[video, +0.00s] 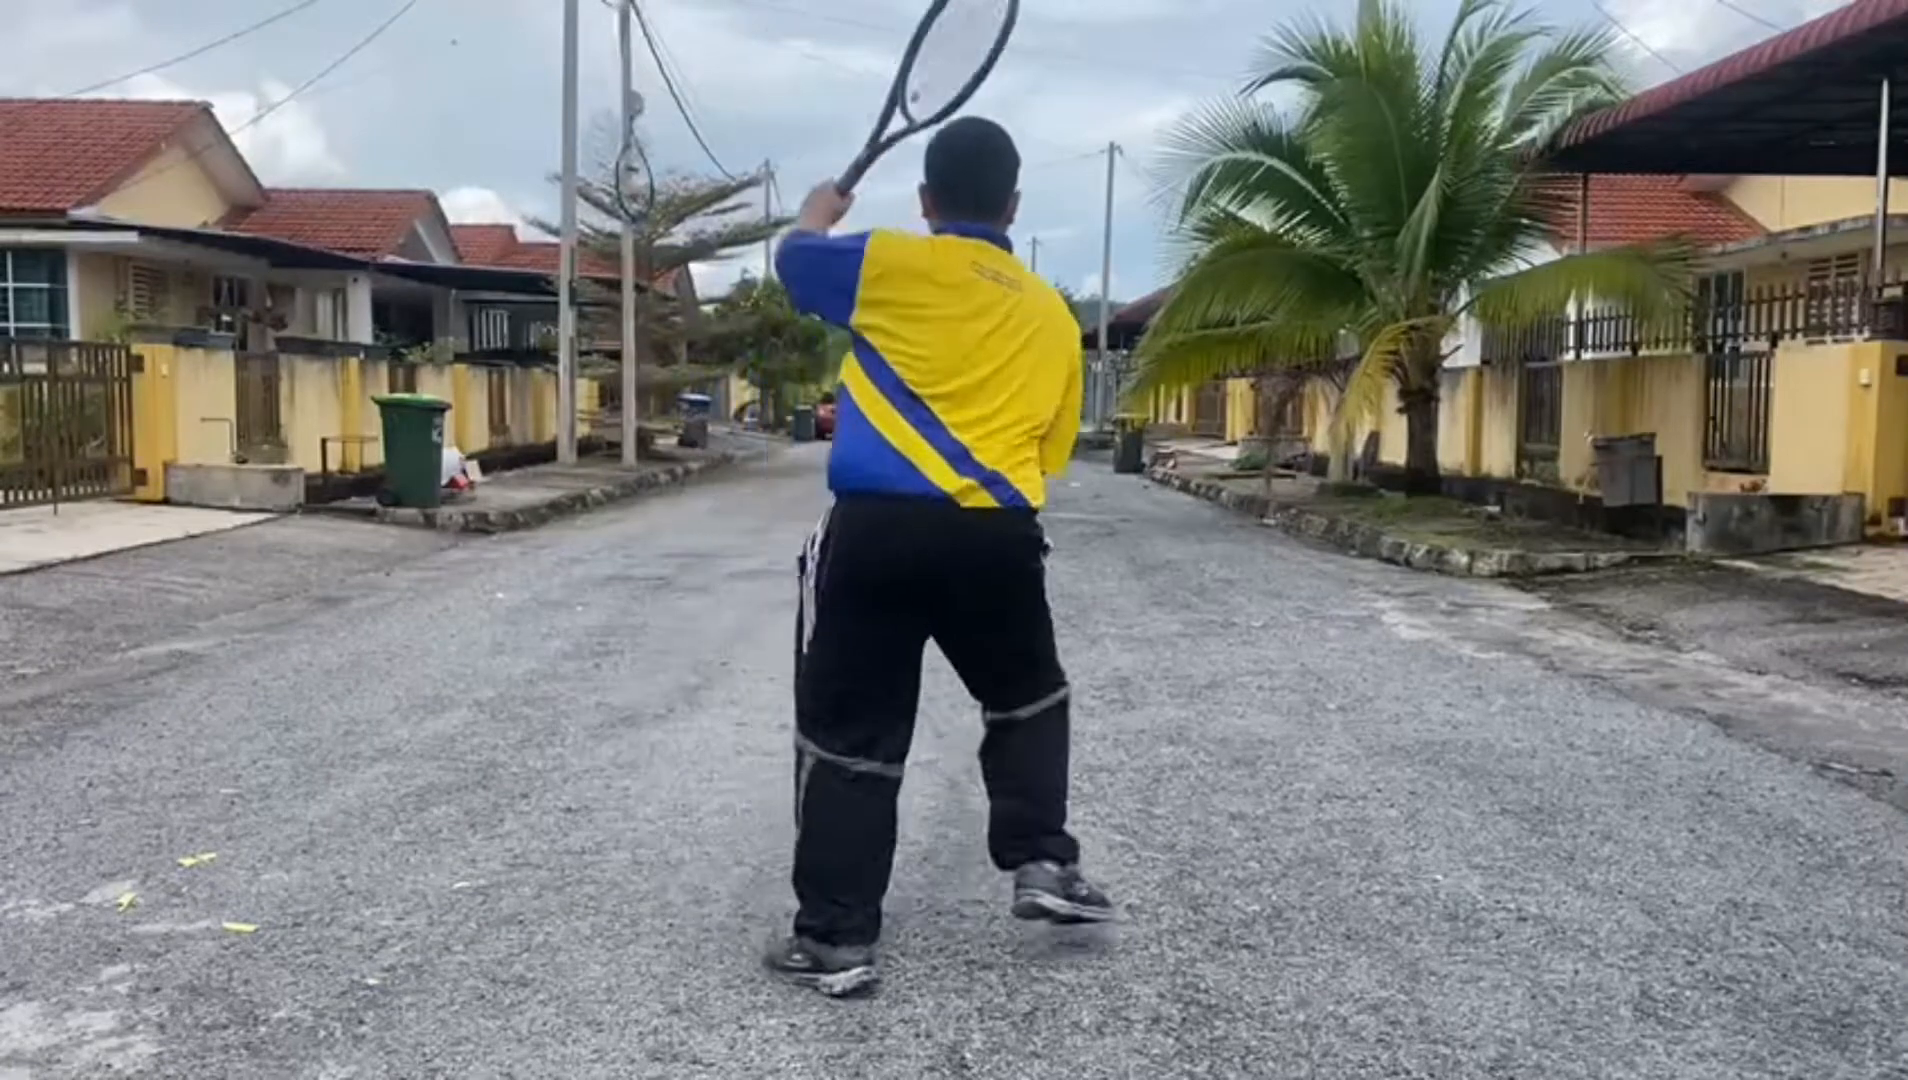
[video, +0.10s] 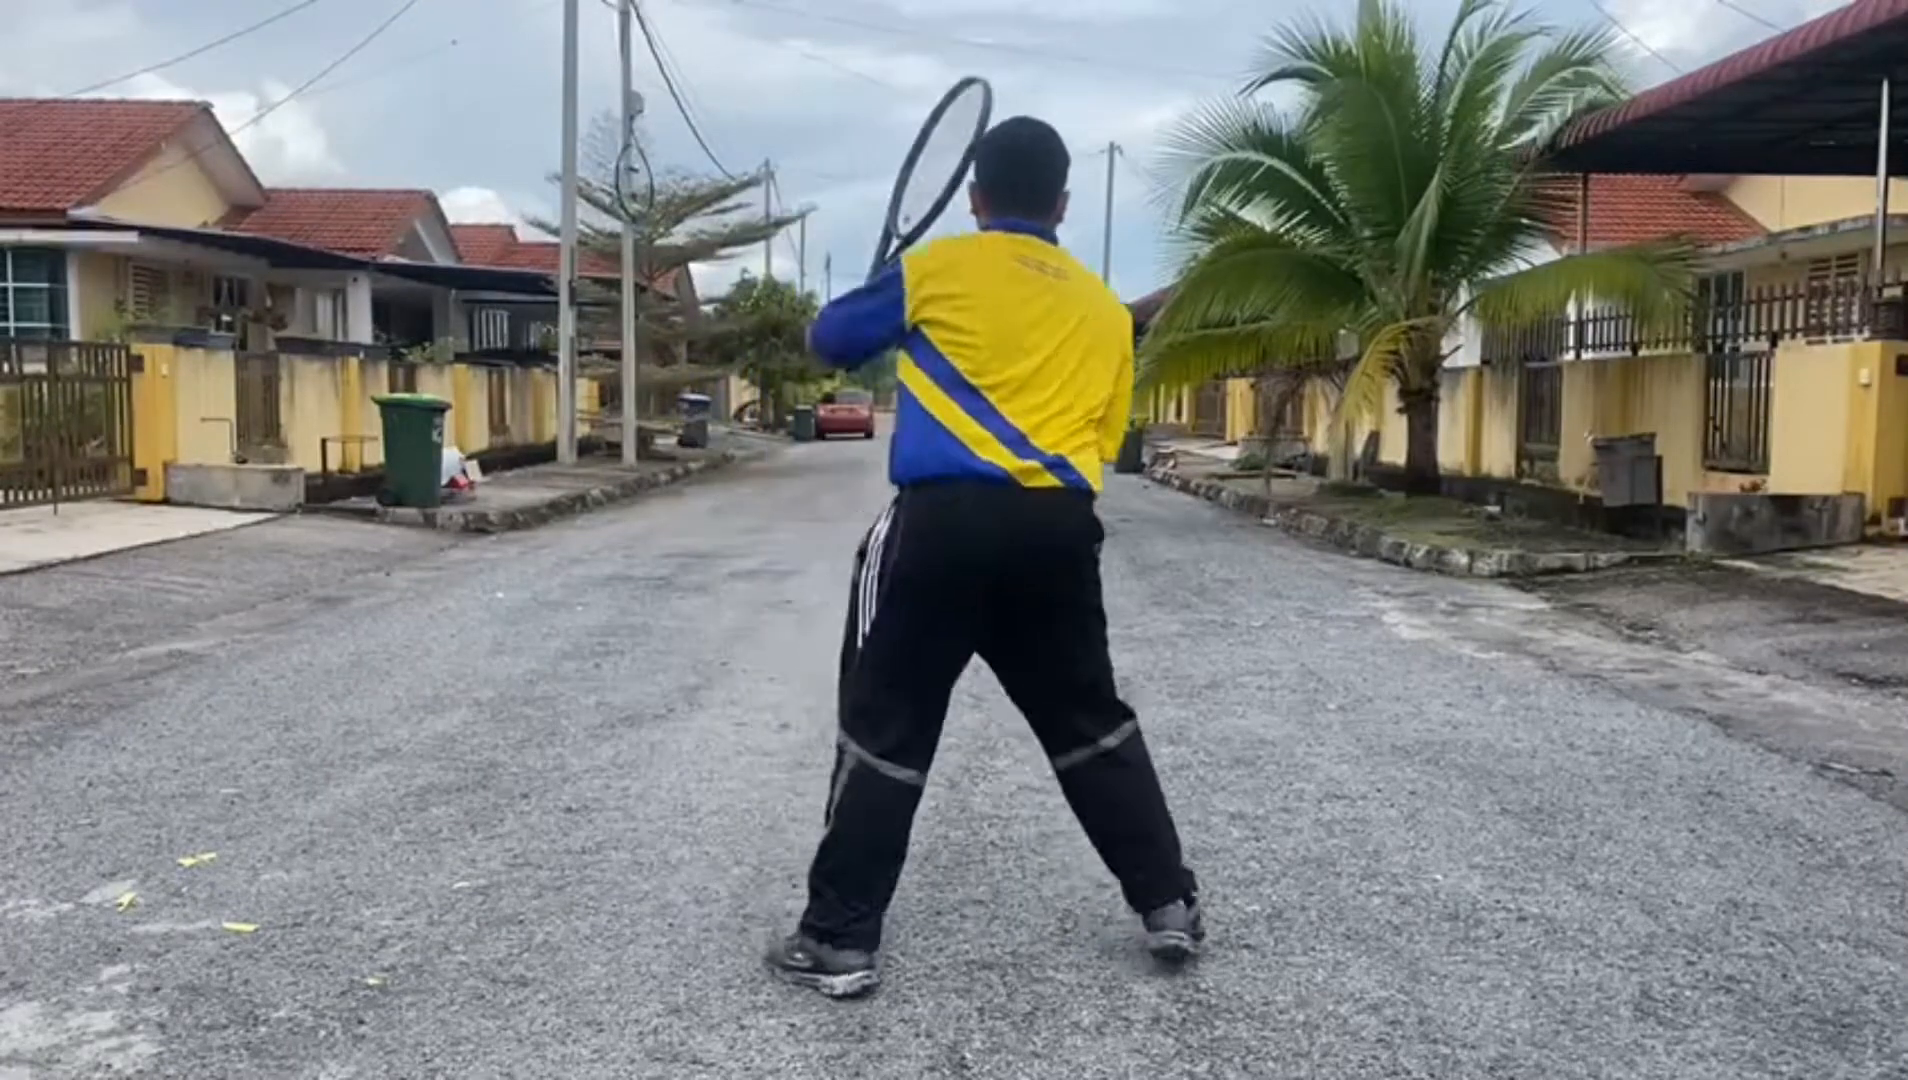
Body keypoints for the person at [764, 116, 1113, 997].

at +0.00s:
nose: (922, 205)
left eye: (923, 195)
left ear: (929, 200)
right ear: (1013, 204)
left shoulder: (893, 261)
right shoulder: (1053, 316)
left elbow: (796, 263)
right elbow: (1053, 452)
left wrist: (819, 218)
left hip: (876, 534)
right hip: (994, 544)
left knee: (854, 732)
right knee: (1027, 697)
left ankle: (836, 935)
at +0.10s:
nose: (974, 204)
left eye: (973, 191)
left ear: (977, 194)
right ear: (1062, 200)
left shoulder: (940, 266)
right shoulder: (1106, 310)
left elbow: (831, 339)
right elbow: (1104, 438)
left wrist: (886, 286)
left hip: (937, 530)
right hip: (1054, 536)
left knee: (886, 728)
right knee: (1089, 718)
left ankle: (840, 938)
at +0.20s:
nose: (1013, 214)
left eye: (1013, 203)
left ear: (1014, 208)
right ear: (1100, 211)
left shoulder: (978, 286)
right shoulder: (1144, 310)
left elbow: (883, 395)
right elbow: (1167, 449)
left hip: (1006, 537)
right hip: (1120, 538)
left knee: (931, 732)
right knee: (1129, 727)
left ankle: (857, 933)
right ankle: (1173, 922)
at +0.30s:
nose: (1024, 215)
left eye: (1025, 206)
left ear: (1034, 208)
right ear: (1117, 210)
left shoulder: (1004, 285)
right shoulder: (1169, 304)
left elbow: (951, 409)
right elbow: (1213, 436)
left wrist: (908, 519)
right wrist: (1230, 530)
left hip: (1026, 528)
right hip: (1148, 531)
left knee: (971, 720)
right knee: (1147, 721)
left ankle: (923, 929)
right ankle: (1173, 921)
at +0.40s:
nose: (1037, 203)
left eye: (1038, 193)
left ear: (1045, 197)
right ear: (1128, 197)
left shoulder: (1019, 271)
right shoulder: (1180, 291)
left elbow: (979, 387)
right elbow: (1256, 413)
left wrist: (933, 491)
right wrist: (1326, 483)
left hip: (1039, 510)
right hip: (1156, 511)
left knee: (995, 695)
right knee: (1148, 707)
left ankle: (997, 900)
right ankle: (1174, 918)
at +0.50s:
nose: (1039, 197)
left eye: (1039, 187)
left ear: (1045, 189)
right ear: (1127, 193)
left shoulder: (1032, 257)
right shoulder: (1183, 281)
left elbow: (991, 344)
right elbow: (1276, 373)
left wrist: (939, 421)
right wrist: (1359, 434)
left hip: (1053, 500)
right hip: (1162, 503)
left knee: (988, 683)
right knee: (1146, 702)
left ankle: (1016, 884)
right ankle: (1174, 920)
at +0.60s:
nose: (1027, 195)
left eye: (1028, 186)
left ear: (1034, 186)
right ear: (1118, 191)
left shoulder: (1029, 252)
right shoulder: (1175, 277)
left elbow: (988, 321)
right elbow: (1268, 369)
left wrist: (941, 379)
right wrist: (1353, 427)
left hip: (1047, 507)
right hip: (1157, 508)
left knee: (990, 699)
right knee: (1148, 709)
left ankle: (983, 911)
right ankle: (1174, 922)